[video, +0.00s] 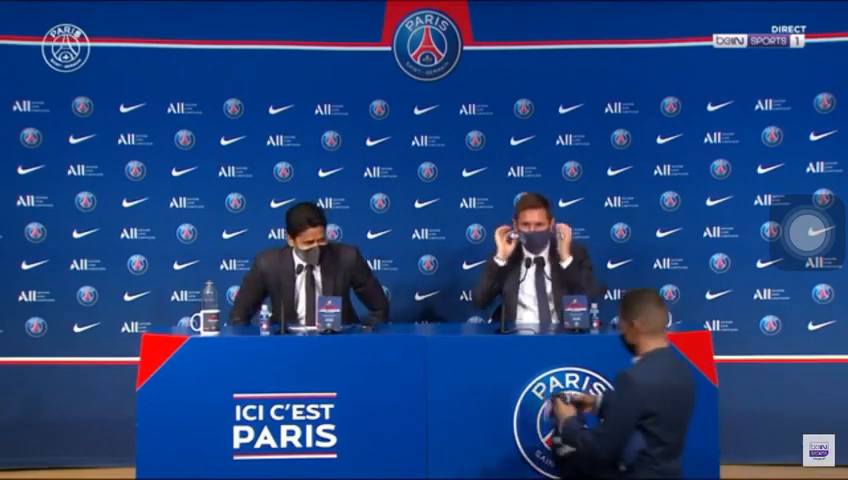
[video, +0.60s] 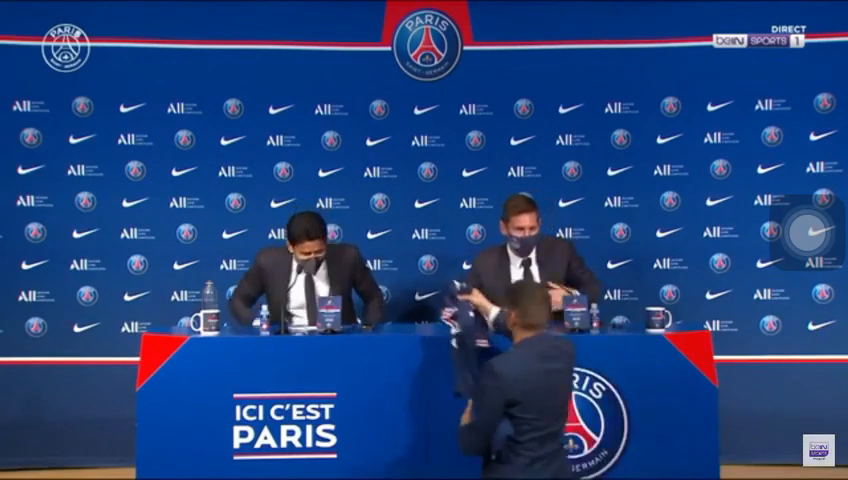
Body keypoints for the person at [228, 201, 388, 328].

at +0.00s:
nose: (316, 248)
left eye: (320, 240)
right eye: (308, 243)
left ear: (325, 233)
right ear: (290, 239)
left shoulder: (347, 258)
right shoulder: (267, 264)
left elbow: (380, 307)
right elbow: (238, 318)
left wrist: (363, 343)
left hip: (340, 349)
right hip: (287, 351)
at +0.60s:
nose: (312, 259)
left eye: (318, 253)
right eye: (305, 255)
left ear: (326, 242)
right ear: (290, 246)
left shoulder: (347, 257)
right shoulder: (268, 261)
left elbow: (373, 297)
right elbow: (238, 302)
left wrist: (366, 331)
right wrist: (259, 329)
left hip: (338, 348)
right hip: (287, 348)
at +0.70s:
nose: (310, 260)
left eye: (316, 254)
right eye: (303, 255)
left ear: (324, 243)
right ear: (289, 246)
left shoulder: (347, 255)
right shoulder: (268, 260)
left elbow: (374, 295)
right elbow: (240, 310)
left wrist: (358, 305)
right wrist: (264, 299)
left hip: (336, 344)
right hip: (285, 345)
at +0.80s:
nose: (309, 258)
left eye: (316, 252)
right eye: (302, 252)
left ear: (325, 242)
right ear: (290, 245)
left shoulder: (348, 253)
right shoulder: (271, 259)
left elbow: (375, 308)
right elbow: (252, 316)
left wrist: (348, 287)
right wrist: (275, 283)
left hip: (337, 342)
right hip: (289, 343)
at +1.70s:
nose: (318, 241)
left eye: (323, 232)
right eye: (310, 233)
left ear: (330, 227)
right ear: (296, 230)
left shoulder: (350, 250)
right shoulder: (273, 257)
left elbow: (368, 315)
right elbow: (263, 314)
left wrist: (355, 280)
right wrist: (295, 295)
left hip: (339, 342)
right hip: (291, 343)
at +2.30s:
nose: (333, 241)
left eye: (338, 232)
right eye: (326, 233)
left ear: (345, 226)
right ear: (309, 226)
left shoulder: (359, 244)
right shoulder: (280, 249)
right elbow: (271, 307)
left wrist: (357, 294)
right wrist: (316, 302)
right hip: (297, 340)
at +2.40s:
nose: (334, 235)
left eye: (340, 227)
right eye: (328, 227)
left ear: (347, 220)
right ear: (312, 220)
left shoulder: (361, 237)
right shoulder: (282, 240)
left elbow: (372, 289)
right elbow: (270, 297)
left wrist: (358, 288)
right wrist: (315, 300)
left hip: (348, 334)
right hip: (298, 336)